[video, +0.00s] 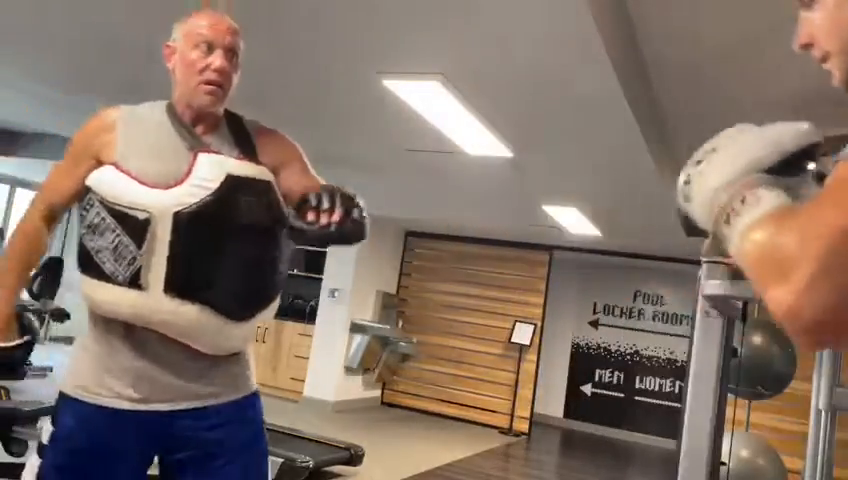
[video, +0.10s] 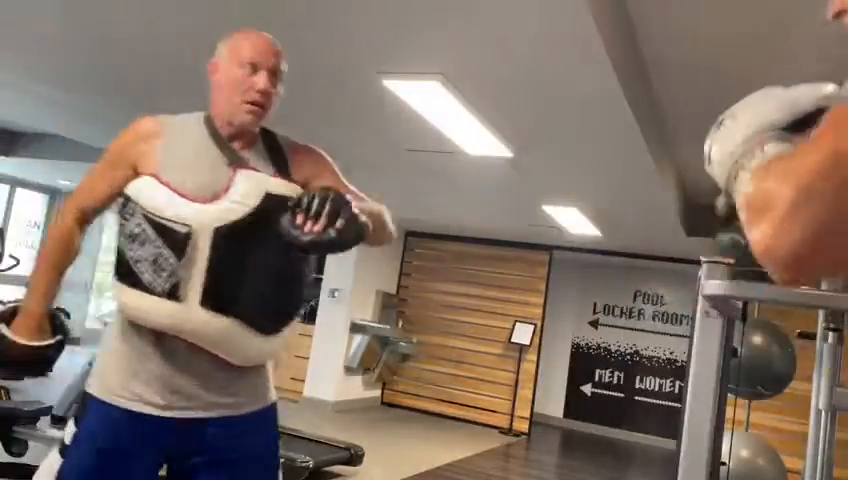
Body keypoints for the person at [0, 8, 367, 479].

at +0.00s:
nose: (218, 64)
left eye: (231, 54)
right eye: (204, 47)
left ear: (240, 69)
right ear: (171, 56)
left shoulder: (271, 149)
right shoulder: (111, 130)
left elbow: (333, 219)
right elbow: (41, 217)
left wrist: (332, 212)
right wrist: (4, 312)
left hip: (220, 399)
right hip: (105, 393)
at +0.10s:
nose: (264, 85)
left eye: (274, 76)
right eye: (251, 68)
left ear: (281, 90)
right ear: (214, 70)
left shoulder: (303, 164)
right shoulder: (149, 139)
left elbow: (384, 231)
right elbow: (73, 215)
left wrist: (352, 215)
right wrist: (33, 312)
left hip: (239, 408)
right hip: (129, 399)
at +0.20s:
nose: (312, 106)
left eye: (322, 96)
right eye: (300, 89)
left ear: (328, 108)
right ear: (263, 86)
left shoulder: (336, 179)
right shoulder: (194, 143)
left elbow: (398, 253)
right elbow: (111, 212)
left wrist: (348, 245)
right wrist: (71, 306)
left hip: (261, 412)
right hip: (157, 400)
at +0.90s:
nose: (295, 119)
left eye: (303, 110)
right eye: (284, 103)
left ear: (307, 120)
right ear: (245, 100)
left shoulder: (304, 185)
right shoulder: (178, 146)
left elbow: (332, 275)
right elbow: (85, 211)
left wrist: (361, 245)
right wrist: (141, 263)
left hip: (240, 407)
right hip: (140, 399)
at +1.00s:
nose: (270, 109)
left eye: (278, 99)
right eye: (259, 91)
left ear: (282, 108)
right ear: (220, 88)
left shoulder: (281, 174)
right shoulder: (153, 140)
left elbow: (318, 268)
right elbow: (65, 207)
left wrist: (318, 229)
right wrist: (144, 238)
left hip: (229, 402)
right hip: (129, 395)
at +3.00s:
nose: (325, 137)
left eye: (329, 126)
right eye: (324, 121)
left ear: (295, 105)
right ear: (298, 103)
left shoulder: (275, 183)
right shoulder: (230, 111)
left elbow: (291, 241)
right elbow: (140, 161)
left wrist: (343, 198)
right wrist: (166, 299)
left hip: (196, 392)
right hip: (137, 378)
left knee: (187, 473)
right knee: (104, 474)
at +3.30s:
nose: (324, 135)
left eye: (328, 123)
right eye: (325, 118)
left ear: (294, 102)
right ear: (301, 102)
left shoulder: (270, 166)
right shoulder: (237, 114)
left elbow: (248, 230)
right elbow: (180, 182)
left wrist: (320, 227)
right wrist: (239, 308)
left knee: (199, 469)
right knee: (122, 471)